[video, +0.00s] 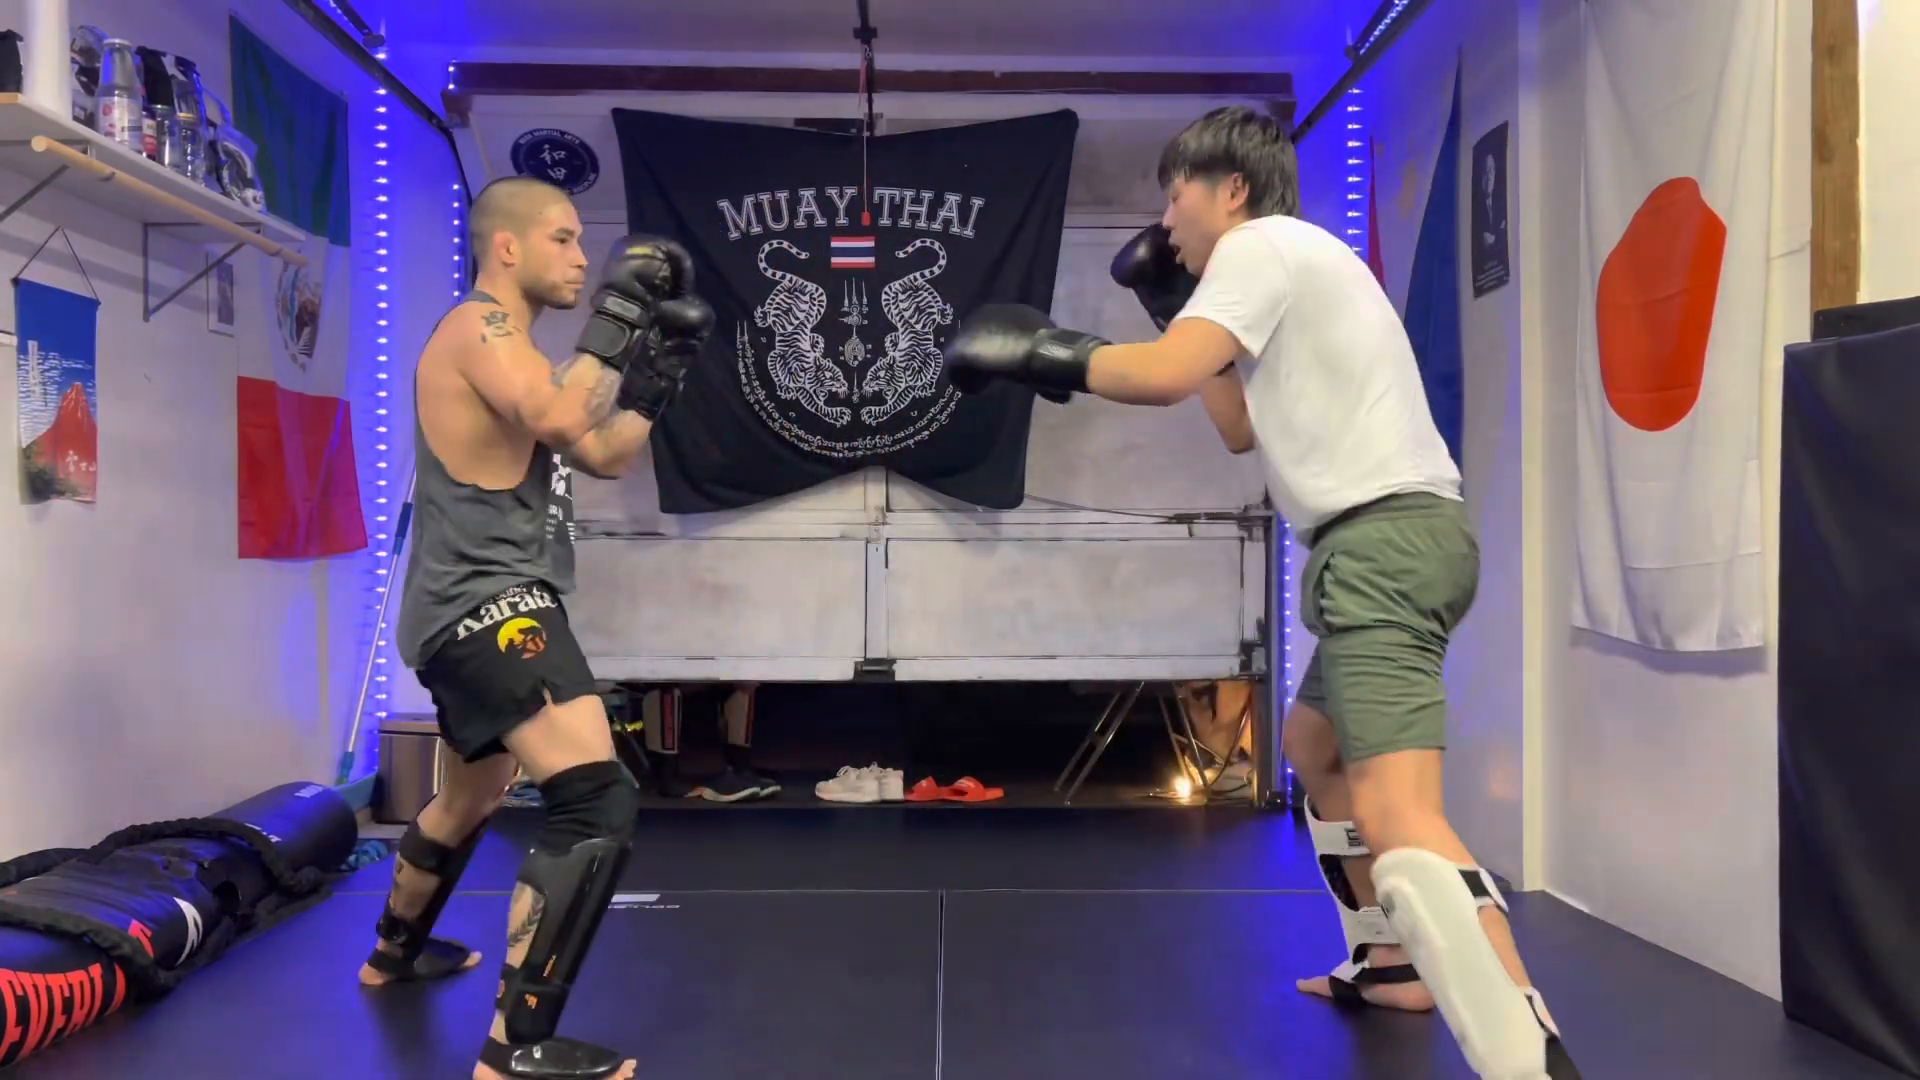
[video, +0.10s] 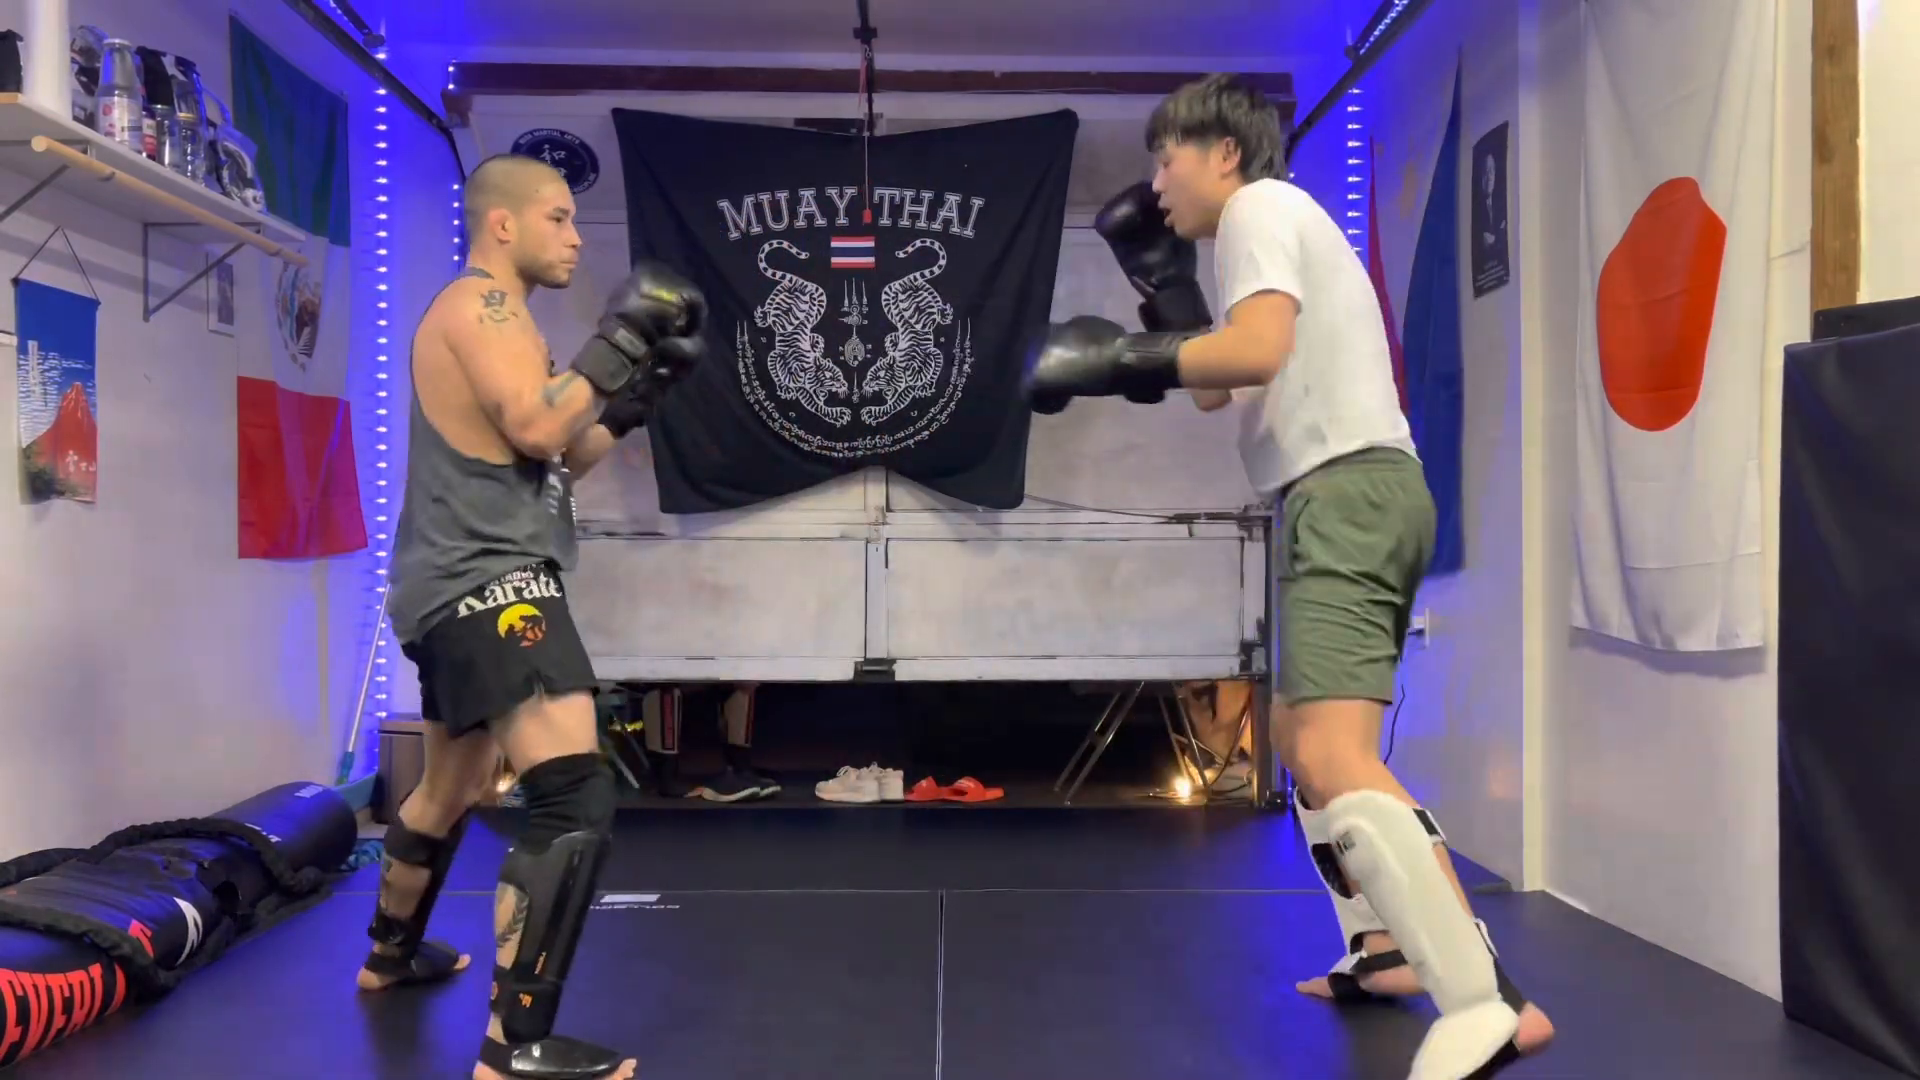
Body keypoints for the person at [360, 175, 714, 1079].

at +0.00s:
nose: (580, 256)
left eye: (579, 240)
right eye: (563, 239)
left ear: (517, 253)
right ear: (505, 247)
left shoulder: (519, 348)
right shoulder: (478, 331)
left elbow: (606, 453)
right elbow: (559, 415)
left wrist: (662, 373)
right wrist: (620, 314)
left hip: (473, 606)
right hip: (491, 601)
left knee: (469, 794)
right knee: (596, 802)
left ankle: (396, 948)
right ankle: (522, 1041)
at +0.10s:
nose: (575, 236)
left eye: (573, 220)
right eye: (558, 219)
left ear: (503, 230)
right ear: (501, 224)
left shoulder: (498, 316)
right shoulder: (480, 304)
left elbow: (555, 460)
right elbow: (536, 427)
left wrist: (632, 400)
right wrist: (620, 345)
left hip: (458, 580)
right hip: (491, 577)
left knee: (448, 787)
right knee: (573, 797)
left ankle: (392, 951)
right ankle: (520, 1039)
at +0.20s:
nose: (566, 224)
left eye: (563, 207)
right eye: (551, 206)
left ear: (490, 215)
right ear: (499, 212)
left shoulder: (454, 299)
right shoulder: (484, 297)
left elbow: (496, 427)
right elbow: (497, 421)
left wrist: (596, 381)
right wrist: (612, 381)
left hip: (439, 566)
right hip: (491, 561)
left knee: (456, 780)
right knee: (524, 786)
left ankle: (373, 967)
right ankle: (515, 1034)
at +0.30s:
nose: (550, 242)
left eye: (548, 225)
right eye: (539, 225)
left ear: (473, 232)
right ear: (488, 227)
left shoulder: (427, 319)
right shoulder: (479, 308)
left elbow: (509, 438)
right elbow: (495, 434)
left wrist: (588, 369)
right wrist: (629, 422)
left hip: (430, 580)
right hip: (485, 577)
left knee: (448, 790)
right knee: (511, 793)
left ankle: (369, 972)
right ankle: (512, 1034)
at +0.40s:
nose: (538, 259)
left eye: (537, 241)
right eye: (529, 241)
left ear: (457, 251)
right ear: (484, 243)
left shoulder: (411, 331)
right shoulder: (479, 312)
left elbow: (495, 461)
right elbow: (488, 433)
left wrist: (562, 375)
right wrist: (621, 434)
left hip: (419, 599)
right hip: (486, 590)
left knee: (430, 791)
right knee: (556, 793)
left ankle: (368, 974)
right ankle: (520, 1023)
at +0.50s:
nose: (543, 256)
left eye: (542, 238)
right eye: (533, 238)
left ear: (461, 246)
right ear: (488, 238)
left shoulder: (407, 324)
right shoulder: (486, 302)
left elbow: (464, 445)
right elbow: (508, 420)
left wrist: (550, 379)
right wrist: (625, 397)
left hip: (409, 596)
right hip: (497, 582)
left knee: (429, 778)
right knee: (604, 762)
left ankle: (368, 968)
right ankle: (555, 975)